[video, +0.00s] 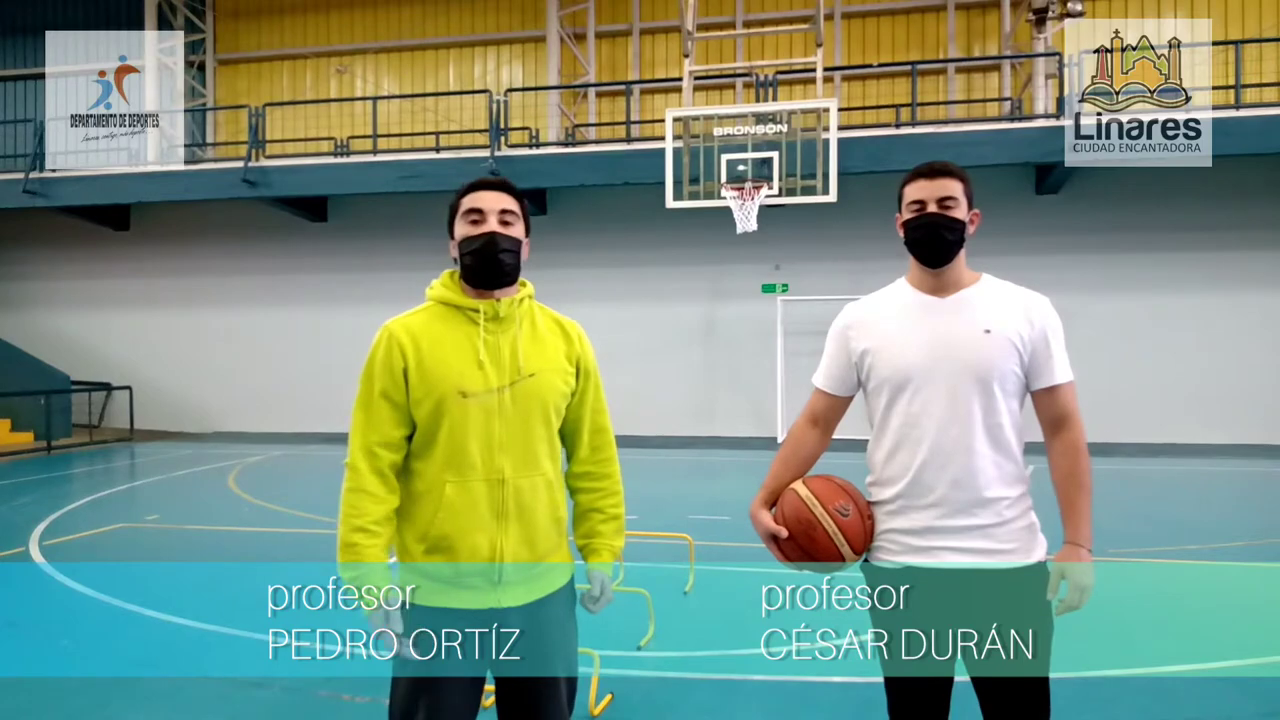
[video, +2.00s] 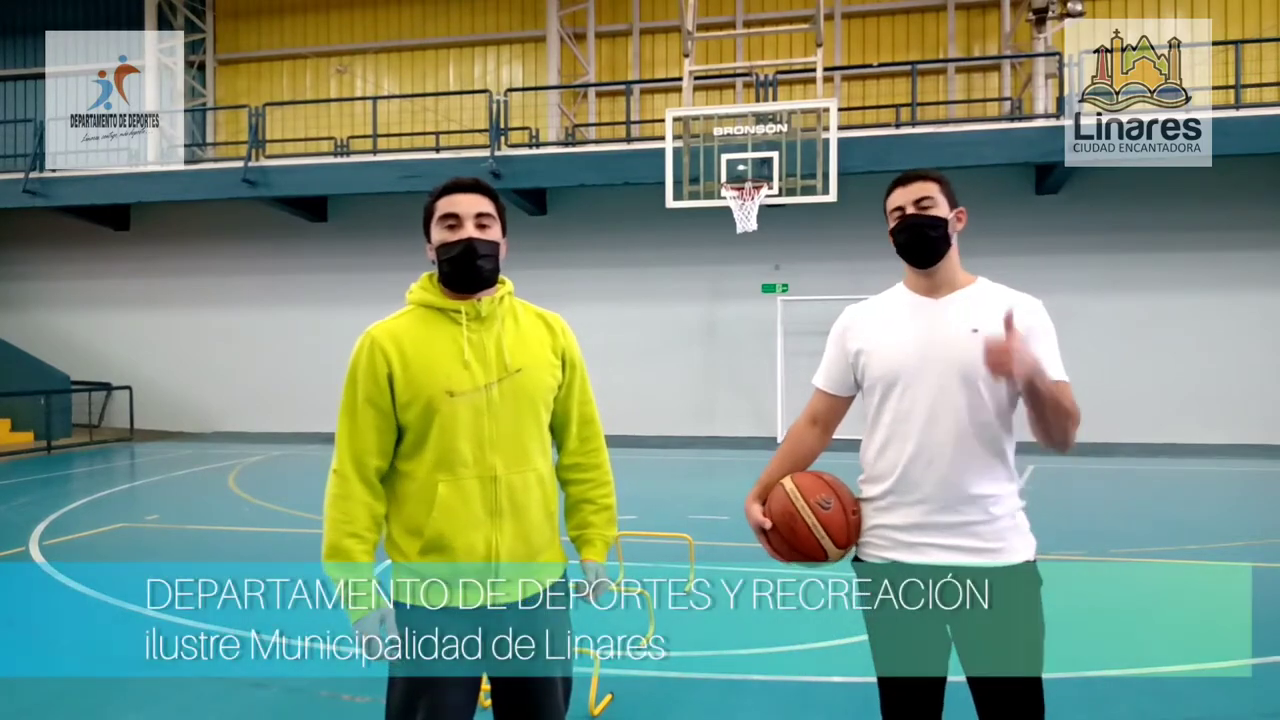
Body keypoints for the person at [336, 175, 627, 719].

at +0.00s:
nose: (490, 228)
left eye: (506, 219)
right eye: (473, 218)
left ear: (525, 245)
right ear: (452, 243)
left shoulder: (564, 339)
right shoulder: (405, 339)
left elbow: (594, 458)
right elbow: (372, 463)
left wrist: (601, 554)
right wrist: (367, 574)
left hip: (542, 590)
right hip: (438, 592)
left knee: (548, 712)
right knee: (430, 714)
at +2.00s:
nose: (469, 233)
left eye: (484, 222)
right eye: (450, 223)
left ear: (503, 243)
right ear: (430, 246)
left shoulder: (549, 335)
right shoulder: (387, 345)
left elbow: (583, 450)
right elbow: (356, 473)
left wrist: (594, 549)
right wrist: (356, 590)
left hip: (537, 591)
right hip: (434, 594)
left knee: (543, 711)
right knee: (428, 713)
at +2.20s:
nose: (471, 234)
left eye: (487, 223)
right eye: (454, 224)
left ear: (507, 243)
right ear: (434, 246)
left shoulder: (551, 335)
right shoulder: (390, 343)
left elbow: (585, 452)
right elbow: (350, 461)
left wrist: (595, 552)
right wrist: (370, 519)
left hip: (536, 588)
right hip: (434, 592)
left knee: (542, 712)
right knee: (428, 714)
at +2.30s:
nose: (472, 234)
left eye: (487, 223)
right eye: (454, 223)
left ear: (507, 242)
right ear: (435, 244)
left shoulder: (553, 335)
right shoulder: (391, 341)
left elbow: (587, 453)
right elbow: (345, 471)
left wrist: (598, 556)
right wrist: (372, 446)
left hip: (537, 587)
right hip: (434, 590)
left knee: (542, 712)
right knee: (427, 713)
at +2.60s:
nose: (477, 234)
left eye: (492, 222)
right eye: (461, 223)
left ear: (513, 238)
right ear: (441, 240)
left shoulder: (554, 336)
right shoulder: (398, 337)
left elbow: (592, 463)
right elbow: (350, 452)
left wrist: (605, 569)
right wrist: (389, 418)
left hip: (537, 572)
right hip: (432, 572)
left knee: (539, 706)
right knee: (436, 706)